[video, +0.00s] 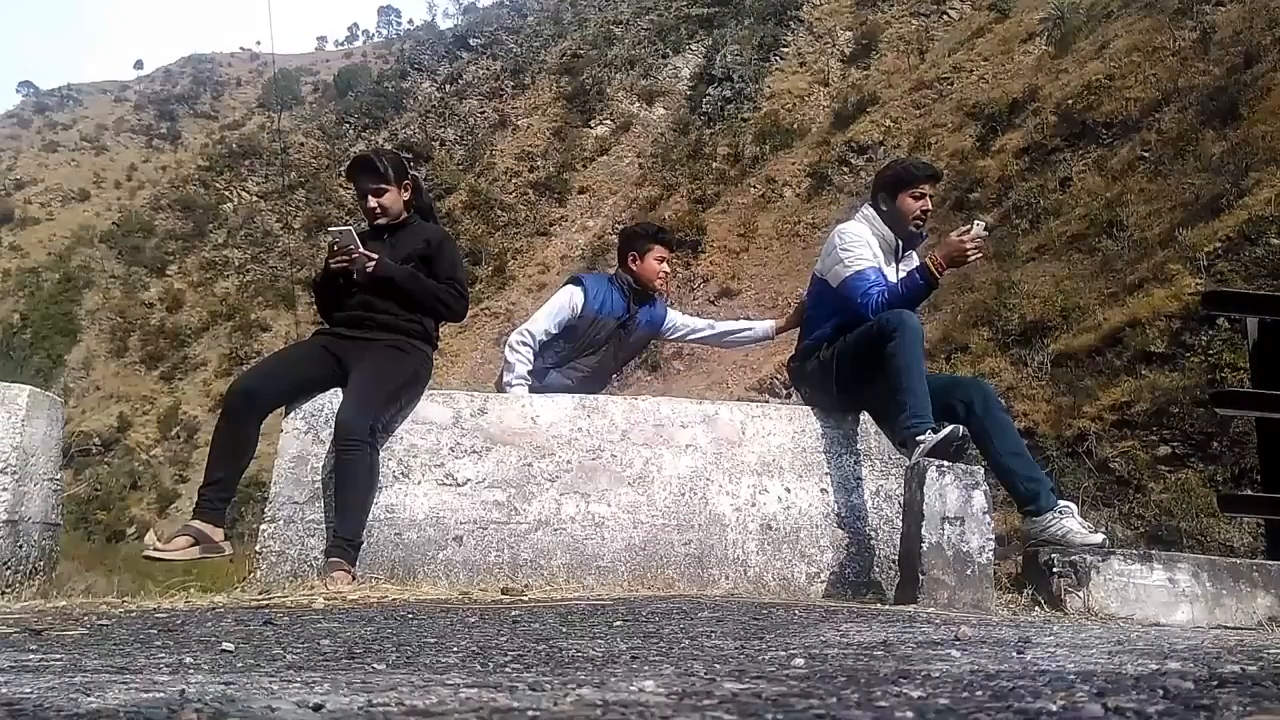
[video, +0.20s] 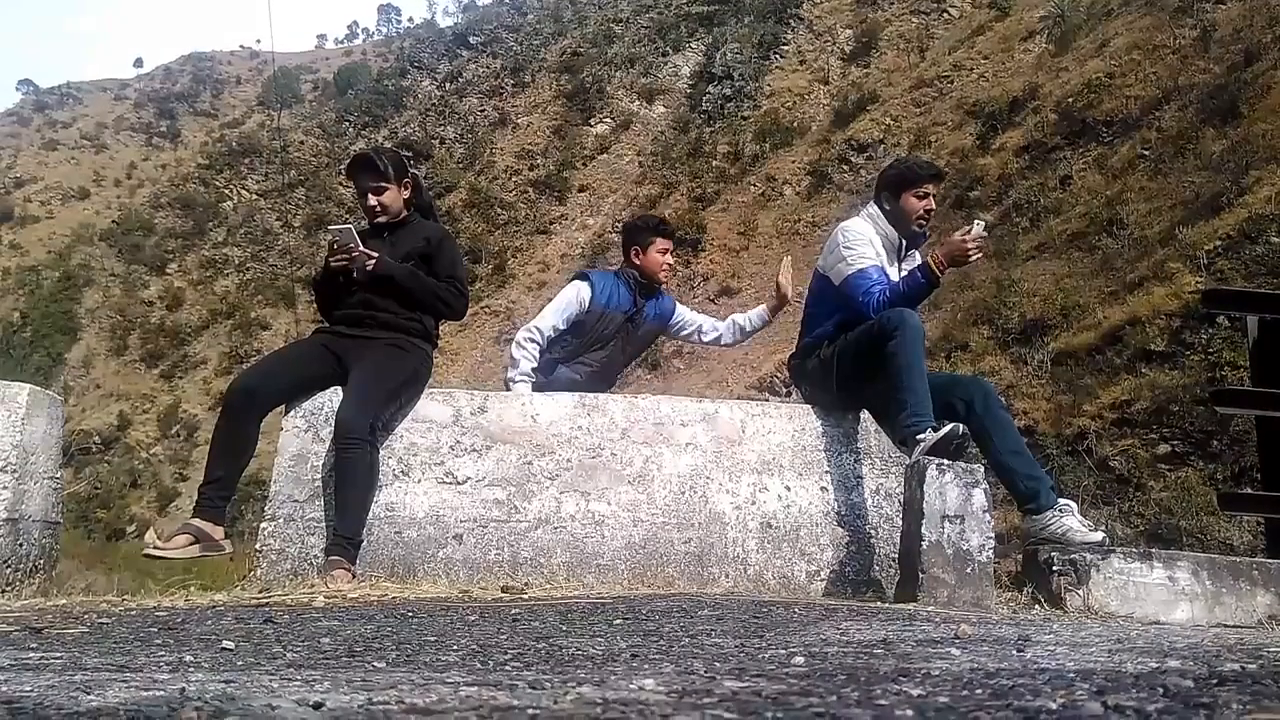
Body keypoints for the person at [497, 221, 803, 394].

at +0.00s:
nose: (667, 270)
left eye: (668, 262)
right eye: (661, 261)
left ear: (647, 264)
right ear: (633, 261)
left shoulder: (656, 315)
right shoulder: (585, 292)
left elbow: (718, 332)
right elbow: (523, 340)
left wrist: (782, 325)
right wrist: (517, 400)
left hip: (581, 410)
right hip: (534, 401)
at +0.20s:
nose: (670, 261)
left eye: (671, 254)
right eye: (664, 253)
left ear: (648, 257)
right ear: (637, 255)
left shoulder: (665, 310)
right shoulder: (592, 288)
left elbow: (726, 333)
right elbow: (532, 337)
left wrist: (778, 304)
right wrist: (520, 396)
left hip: (589, 407)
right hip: (543, 398)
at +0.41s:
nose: (671, 265)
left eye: (672, 258)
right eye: (664, 257)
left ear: (657, 261)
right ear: (637, 258)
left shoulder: (664, 311)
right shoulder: (593, 292)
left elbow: (724, 324)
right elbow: (531, 335)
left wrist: (787, 309)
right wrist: (522, 391)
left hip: (590, 410)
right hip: (542, 400)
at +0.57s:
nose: (669, 276)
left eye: (671, 268)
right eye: (662, 267)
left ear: (665, 272)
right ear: (636, 266)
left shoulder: (654, 320)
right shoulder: (593, 295)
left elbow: (698, 359)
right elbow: (524, 331)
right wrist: (518, 392)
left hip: (581, 409)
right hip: (538, 400)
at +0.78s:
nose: (669, 320)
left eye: (671, 313)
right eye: (666, 310)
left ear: (645, 304)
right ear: (642, 302)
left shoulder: (639, 352)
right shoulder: (588, 322)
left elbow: (651, 402)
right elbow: (513, 335)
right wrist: (516, 393)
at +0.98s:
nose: (660, 368)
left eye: (664, 361)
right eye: (660, 358)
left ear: (639, 347)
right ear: (638, 347)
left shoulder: (626, 376)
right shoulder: (582, 355)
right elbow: (513, 335)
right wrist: (516, 391)